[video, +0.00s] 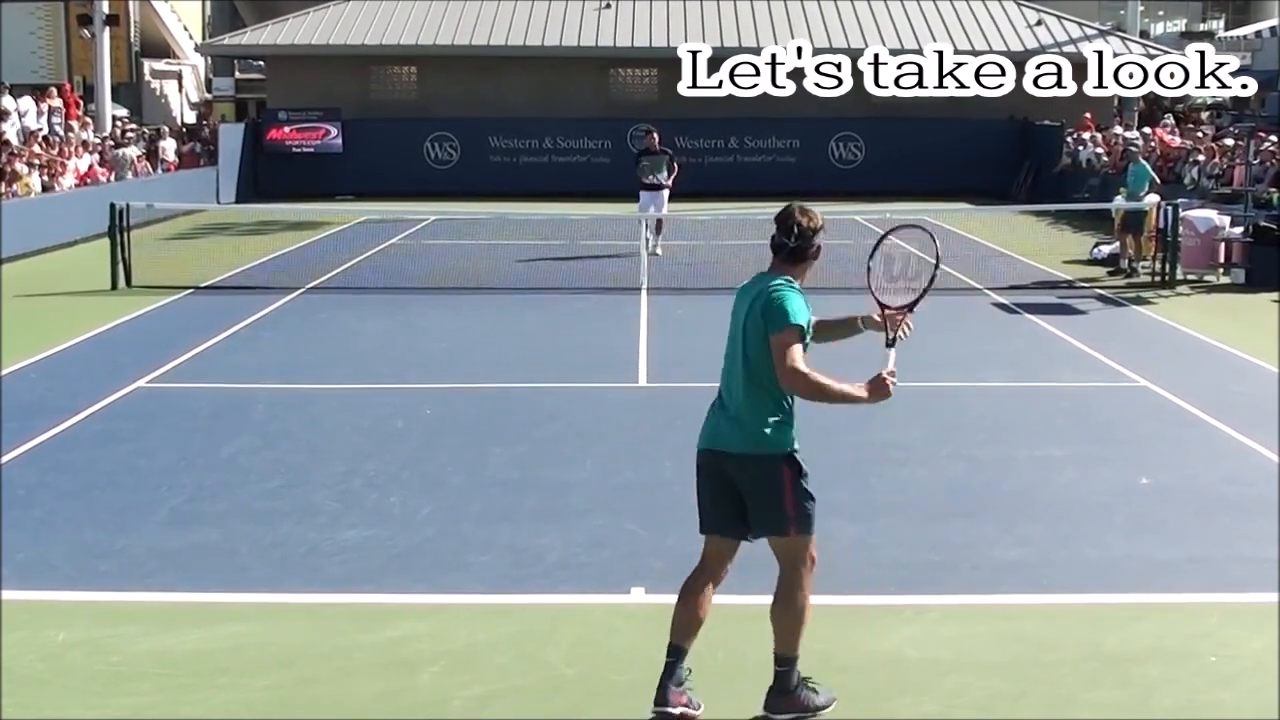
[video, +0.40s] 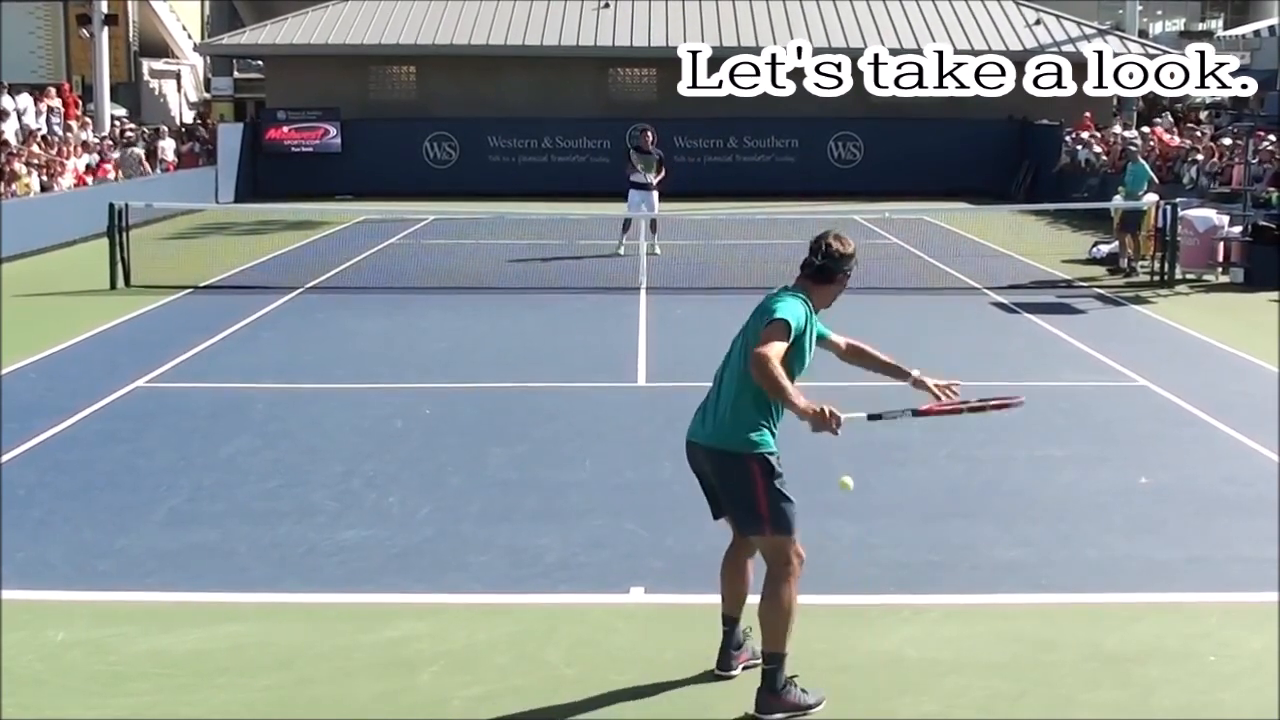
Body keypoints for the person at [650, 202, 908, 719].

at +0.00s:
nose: (821, 254)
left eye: (819, 247)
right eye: (820, 248)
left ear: (773, 246)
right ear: (814, 252)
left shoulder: (751, 290)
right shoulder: (787, 299)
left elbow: (807, 331)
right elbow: (791, 374)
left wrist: (867, 322)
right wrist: (862, 393)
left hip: (717, 449)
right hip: (765, 454)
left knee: (713, 562)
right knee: (798, 562)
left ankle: (671, 684)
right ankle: (786, 686)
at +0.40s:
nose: (843, 290)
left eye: (844, 282)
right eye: (846, 283)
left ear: (805, 268)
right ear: (839, 282)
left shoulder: (792, 309)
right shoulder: (793, 310)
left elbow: (847, 349)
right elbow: (762, 358)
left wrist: (914, 376)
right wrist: (805, 407)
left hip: (709, 441)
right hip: (741, 446)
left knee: (745, 538)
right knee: (787, 560)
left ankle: (732, 646)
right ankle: (775, 687)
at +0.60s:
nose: (838, 310)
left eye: (840, 301)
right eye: (841, 302)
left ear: (800, 282)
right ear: (833, 298)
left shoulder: (747, 302)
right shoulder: (809, 349)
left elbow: (740, 365)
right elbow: (805, 441)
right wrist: (832, 512)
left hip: (697, 453)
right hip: (748, 464)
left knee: (733, 536)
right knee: (794, 562)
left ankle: (729, 648)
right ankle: (773, 682)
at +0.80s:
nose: (822, 286)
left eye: (819, 277)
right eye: (824, 279)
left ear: (784, 260)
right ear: (821, 278)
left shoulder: (726, 287)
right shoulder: (813, 331)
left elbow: (676, 329)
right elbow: (805, 392)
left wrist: (719, 324)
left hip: (701, 445)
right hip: (760, 451)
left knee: (715, 538)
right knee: (777, 548)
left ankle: (726, 650)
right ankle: (778, 660)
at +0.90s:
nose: (814, 267)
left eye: (808, 258)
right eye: (816, 261)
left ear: (773, 248)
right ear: (813, 263)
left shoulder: (723, 280)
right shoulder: (812, 314)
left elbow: (665, 329)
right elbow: (773, 321)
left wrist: (691, 290)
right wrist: (721, 285)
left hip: (705, 437)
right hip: (763, 443)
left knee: (716, 538)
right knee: (774, 538)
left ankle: (725, 649)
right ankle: (788, 649)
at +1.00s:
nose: (797, 253)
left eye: (777, 241)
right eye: (803, 247)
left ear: (763, 240)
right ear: (805, 251)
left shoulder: (722, 281)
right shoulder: (811, 302)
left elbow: (668, 337)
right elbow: (768, 291)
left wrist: (669, 286)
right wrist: (719, 263)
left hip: (710, 433)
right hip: (767, 436)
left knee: (717, 537)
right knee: (780, 540)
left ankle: (724, 649)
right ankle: (790, 657)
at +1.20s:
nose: (748, 246)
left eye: (746, 239)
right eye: (773, 240)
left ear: (743, 244)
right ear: (786, 249)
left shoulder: (731, 293)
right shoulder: (800, 298)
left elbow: (709, 362)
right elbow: (744, 311)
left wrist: (675, 322)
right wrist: (692, 284)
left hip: (712, 441)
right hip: (768, 440)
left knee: (706, 548)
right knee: (782, 552)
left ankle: (708, 649)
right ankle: (793, 672)